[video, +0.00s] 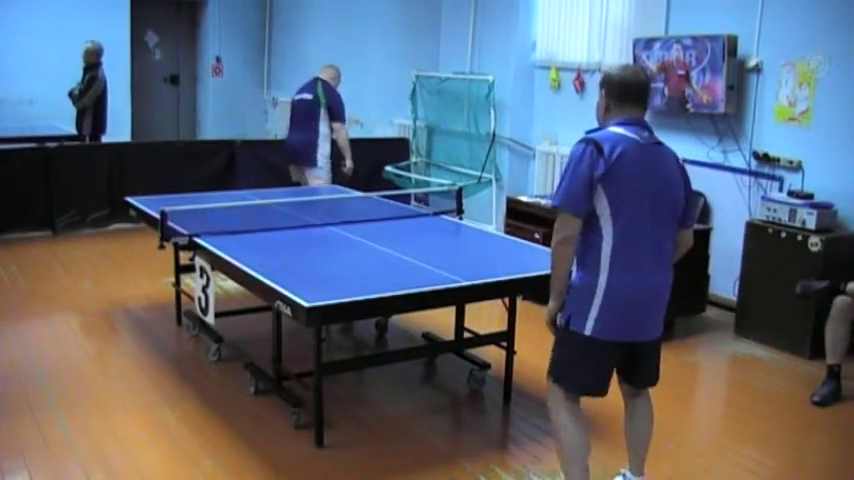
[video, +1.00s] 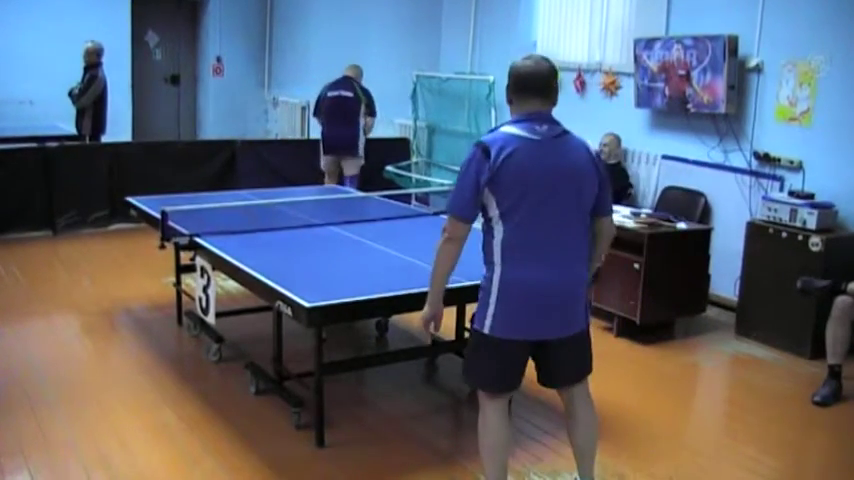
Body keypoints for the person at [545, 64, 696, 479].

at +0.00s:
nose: (597, 104)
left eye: (599, 98)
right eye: (601, 98)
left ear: (604, 100)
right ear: (644, 104)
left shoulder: (595, 149)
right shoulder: (670, 159)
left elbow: (565, 232)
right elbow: (684, 239)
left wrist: (556, 296)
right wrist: (648, 268)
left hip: (598, 302)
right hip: (650, 303)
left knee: (561, 392)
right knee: (637, 389)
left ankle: (576, 476)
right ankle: (635, 474)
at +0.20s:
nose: (585, 108)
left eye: (587, 101)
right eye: (589, 101)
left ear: (593, 104)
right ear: (633, 107)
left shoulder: (591, 150)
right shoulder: (658, 160)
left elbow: (571, 235)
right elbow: (667, 235)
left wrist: (556, 298)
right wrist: (635, 286)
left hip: (593, 302)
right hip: (643, 306)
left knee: (548, 388)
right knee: (630, 382)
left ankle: (535, 474)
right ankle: (635, 473)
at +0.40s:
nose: (560, 111)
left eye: (561, 105)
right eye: (563, 105)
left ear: (566, 107)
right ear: (605, 108)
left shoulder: (559, 155)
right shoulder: (635, 161)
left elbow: (540, 243)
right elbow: (645, 238)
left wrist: (541, 305)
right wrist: (620, 287)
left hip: (575, 308)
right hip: (627, 308)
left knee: (534, 403)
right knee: (624, 388)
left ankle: (509, 475)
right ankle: (632, 474)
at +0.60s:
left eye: (527, 100)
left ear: (528, 104)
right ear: (572, 102)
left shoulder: (516, 156)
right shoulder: (605, 158)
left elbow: (493, 243)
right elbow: (624, 234)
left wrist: (494, 304)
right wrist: (595, 272)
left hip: (536, 306)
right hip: (595, 304)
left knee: (501, 396)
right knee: (609, 388)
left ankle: (497, 476)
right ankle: (625, 474)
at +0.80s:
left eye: (508, 93)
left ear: (508, 97)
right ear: (554, 96)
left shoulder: (492, 152)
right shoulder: (587, 154)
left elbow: (461, 237)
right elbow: (608, 230)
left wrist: (450, 302)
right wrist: (581, 272)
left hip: (513, 307)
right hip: (575, 305)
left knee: (497, 401)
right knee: (586, 391)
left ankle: (495, 476)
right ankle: (595, 475)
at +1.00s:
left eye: (508, 91)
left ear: (508, 95)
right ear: (555, 95)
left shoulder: (490, 151)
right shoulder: (584, 154)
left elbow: (453, 235)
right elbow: (604, 229)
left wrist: (434, 300)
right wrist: (585, 274)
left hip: (506, 308)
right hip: (567, 306)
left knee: (494, 400)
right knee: (577, 392)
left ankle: (495, 476)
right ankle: (587, 475)